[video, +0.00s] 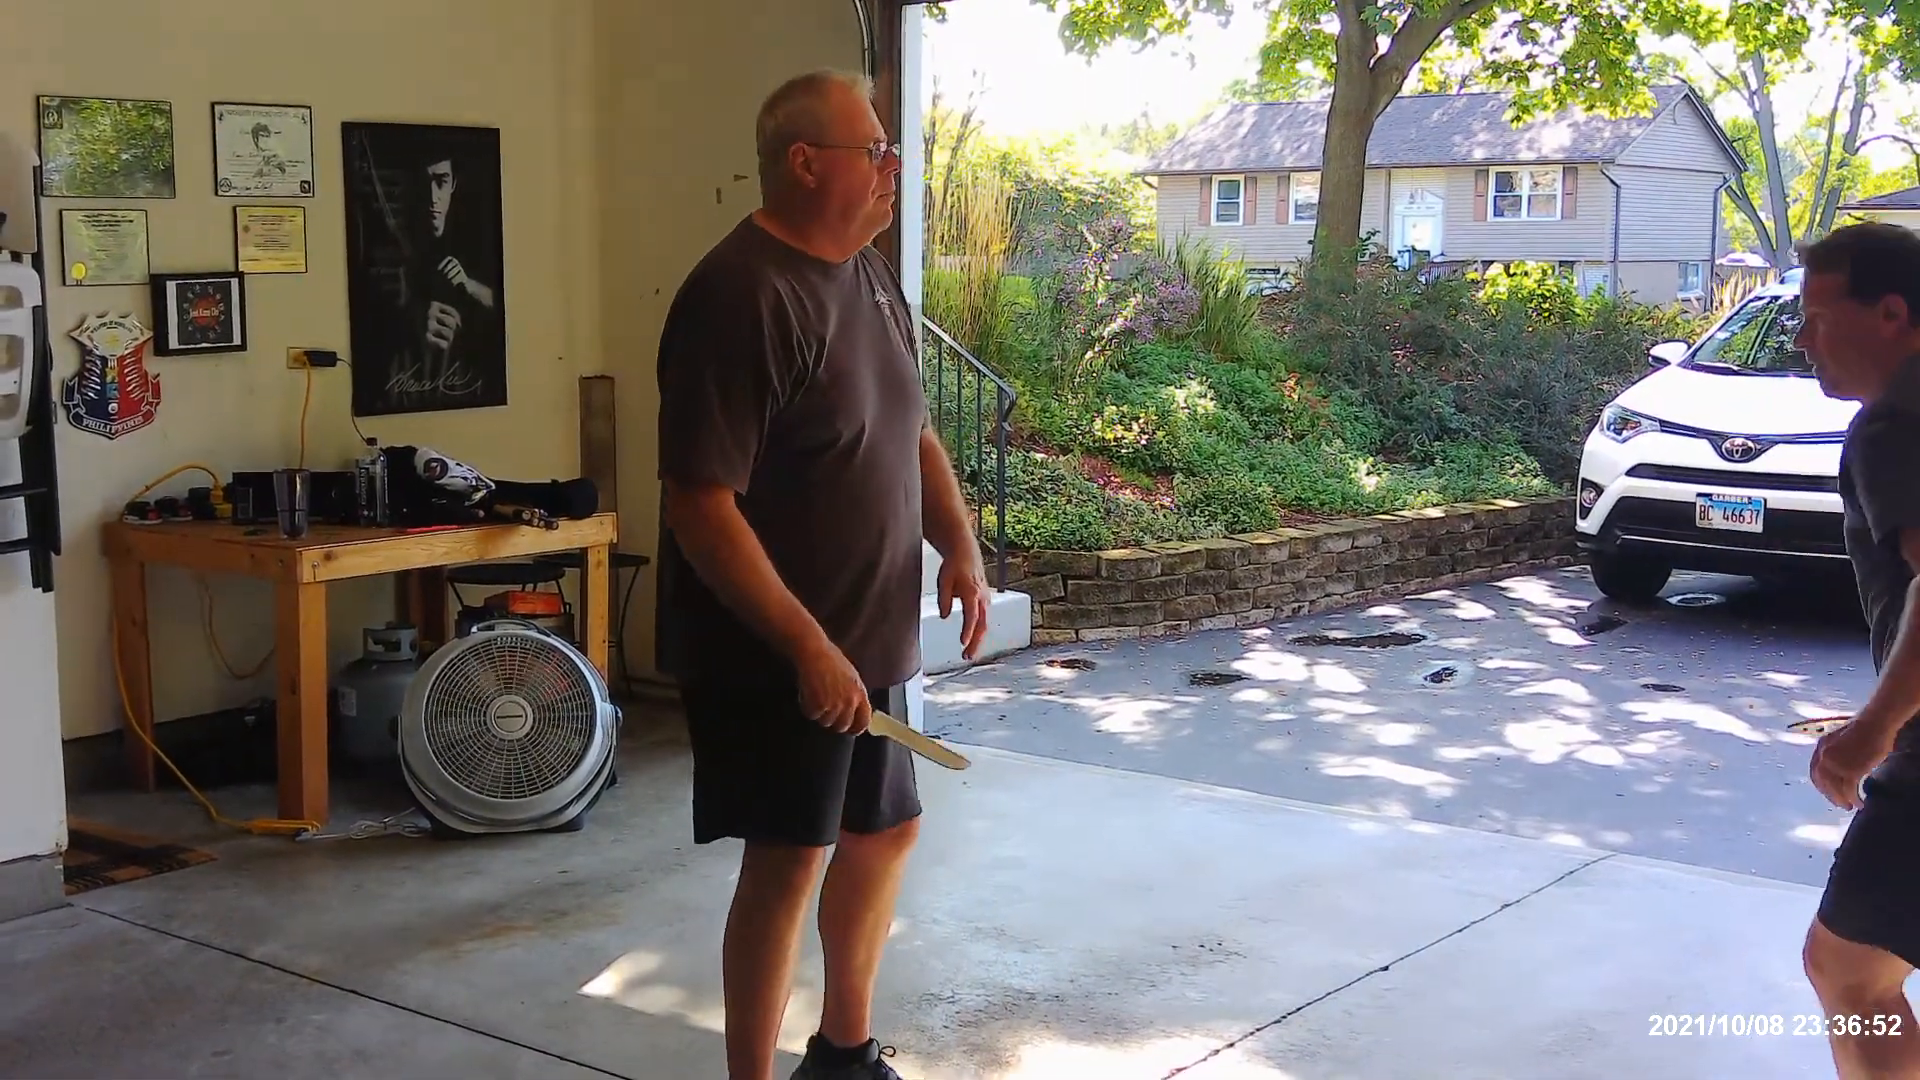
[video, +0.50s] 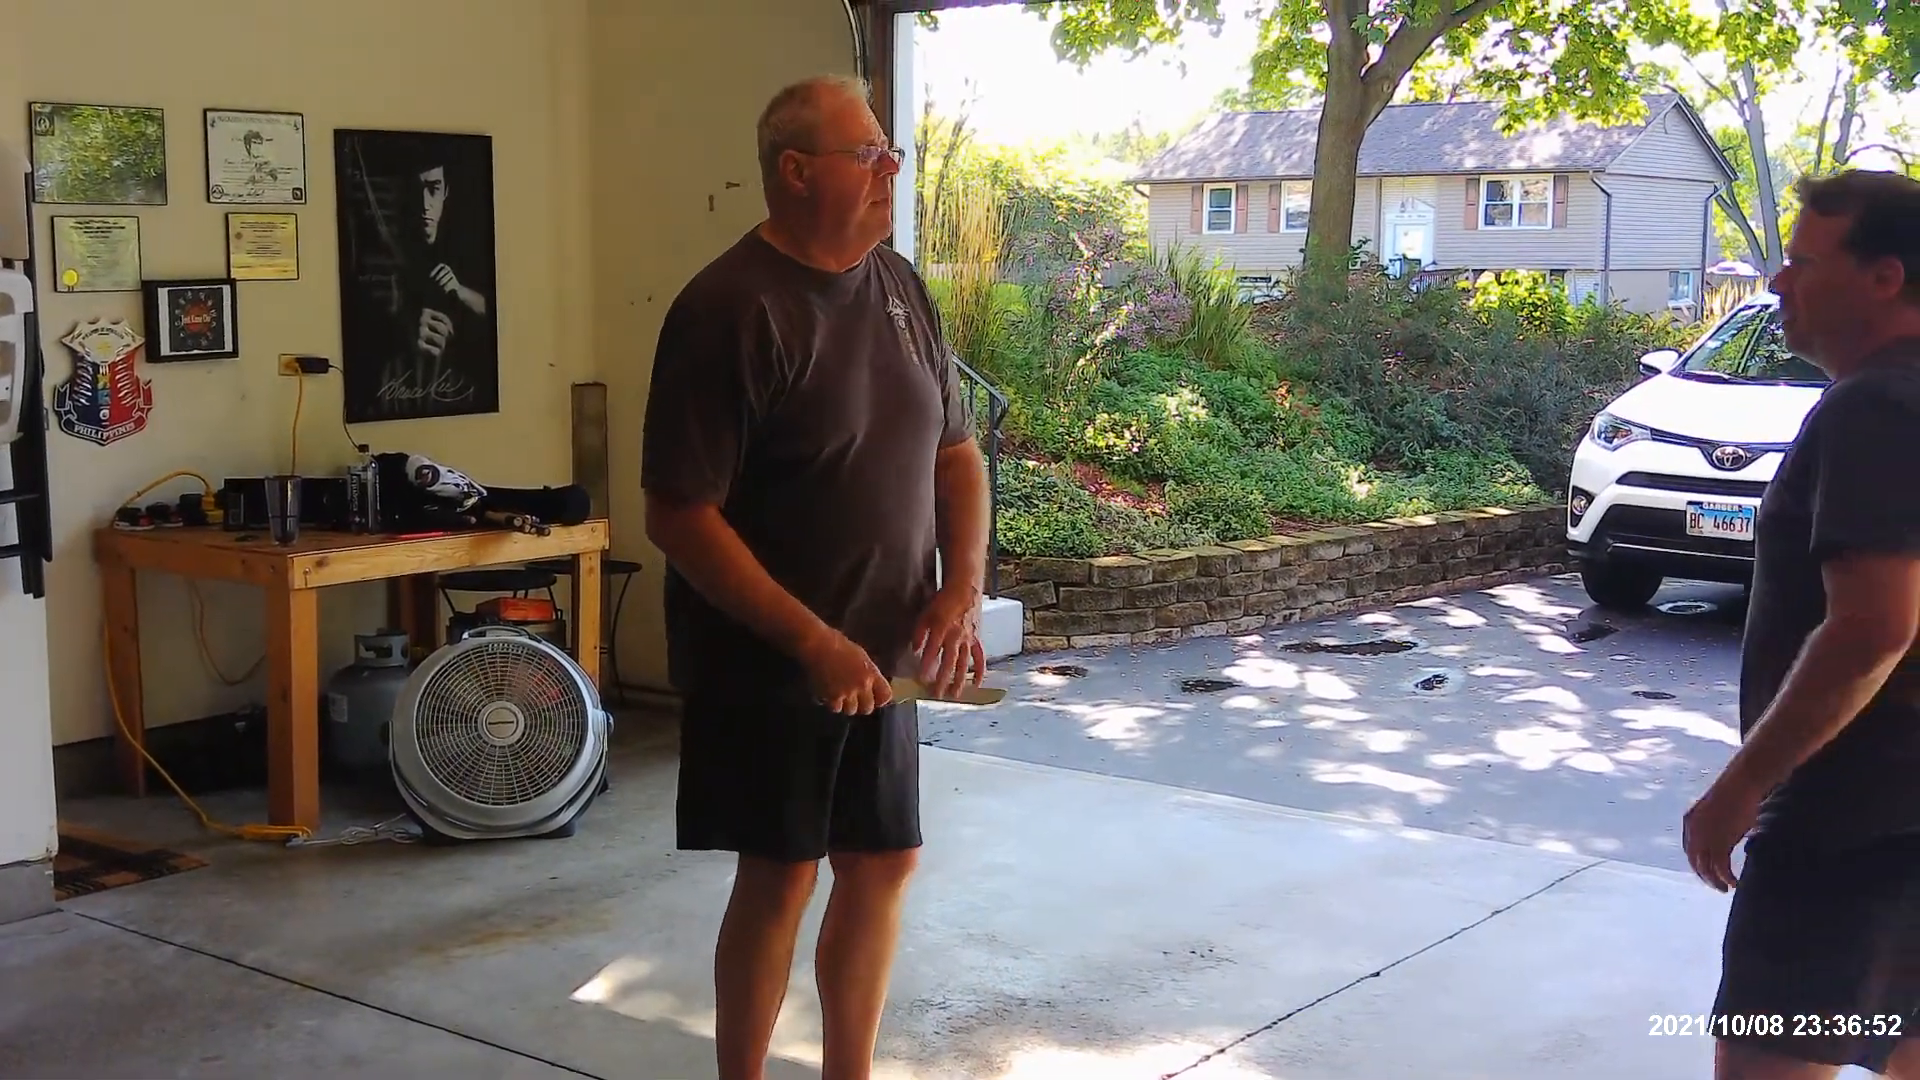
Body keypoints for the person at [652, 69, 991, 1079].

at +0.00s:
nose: (894, 167)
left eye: (889, 148)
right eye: (876, 150)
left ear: (819, 166)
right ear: (809, 166)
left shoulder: (866, 274)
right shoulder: (733, 295)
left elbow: (909, 429)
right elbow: (698, 505)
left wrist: (959, 544)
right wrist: (810, 646)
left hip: (872, 631)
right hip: (773, 647)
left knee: (883, 826)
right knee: (787, 854)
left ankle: (845, 1050)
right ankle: (750, 1072)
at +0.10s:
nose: (887, 168)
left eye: (881, 150)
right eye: (867, 153)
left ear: (811, 172)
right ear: (799, 172)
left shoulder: (864, 278)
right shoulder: (724, 301)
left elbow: (910, 431)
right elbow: (686, 511)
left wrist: (947, 547)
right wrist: (814, 642)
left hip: (867, 636)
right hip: (767, 652)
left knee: (897, 827)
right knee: (785, 858)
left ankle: (842, 1049)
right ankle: (749, 1072)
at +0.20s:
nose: (881, 169)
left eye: (875, 151)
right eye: (860, 153)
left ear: (808, 173)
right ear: (787, 173)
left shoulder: (863, 279)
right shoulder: (717, 306)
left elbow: (914, 435)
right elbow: (678, 516)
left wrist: (942, 560)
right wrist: (816, 636)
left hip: (868, 632)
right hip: (764, 647)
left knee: (897, 832)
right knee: (781, 855)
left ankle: (849, 1058)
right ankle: (747, 1072)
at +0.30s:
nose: (882, 170)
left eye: (876, 151)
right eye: (861, 154)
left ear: (805, 173)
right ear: (787, 173)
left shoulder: (867, 276)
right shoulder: (716, 306)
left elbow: (920, 433)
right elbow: (674, 514)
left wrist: (941, 562)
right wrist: (819, 630)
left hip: (872, 635)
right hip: (763, 648)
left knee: (890, 842)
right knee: (778, 860)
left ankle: (855, 1069)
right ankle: (744, 1072)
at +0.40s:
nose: (888, 170)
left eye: (881, 152)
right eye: (865, 155)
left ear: (812, 173)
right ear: (790, 174)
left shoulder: (878, 277)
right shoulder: (715, 310)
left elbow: (932, 438)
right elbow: (677, 517)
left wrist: (948, 570)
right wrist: (822, 637)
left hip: (879, 641)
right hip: (767, 656)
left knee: (884, 855)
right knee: (776, 870)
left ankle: (850, 1071)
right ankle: (742, 1072)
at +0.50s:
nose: (893, 167)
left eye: (887, 149)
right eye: (870, 152)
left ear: (819, 172)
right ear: (797, 173)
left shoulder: (895, 284)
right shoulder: (721, 310)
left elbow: (955, 447)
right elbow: (677, 512)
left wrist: (962, 585)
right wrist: (816, 639)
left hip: (881, 644)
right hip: (765, 657)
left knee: (882, 860)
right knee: (778, 872)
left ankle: (850, 1072)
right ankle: (741, 1072)